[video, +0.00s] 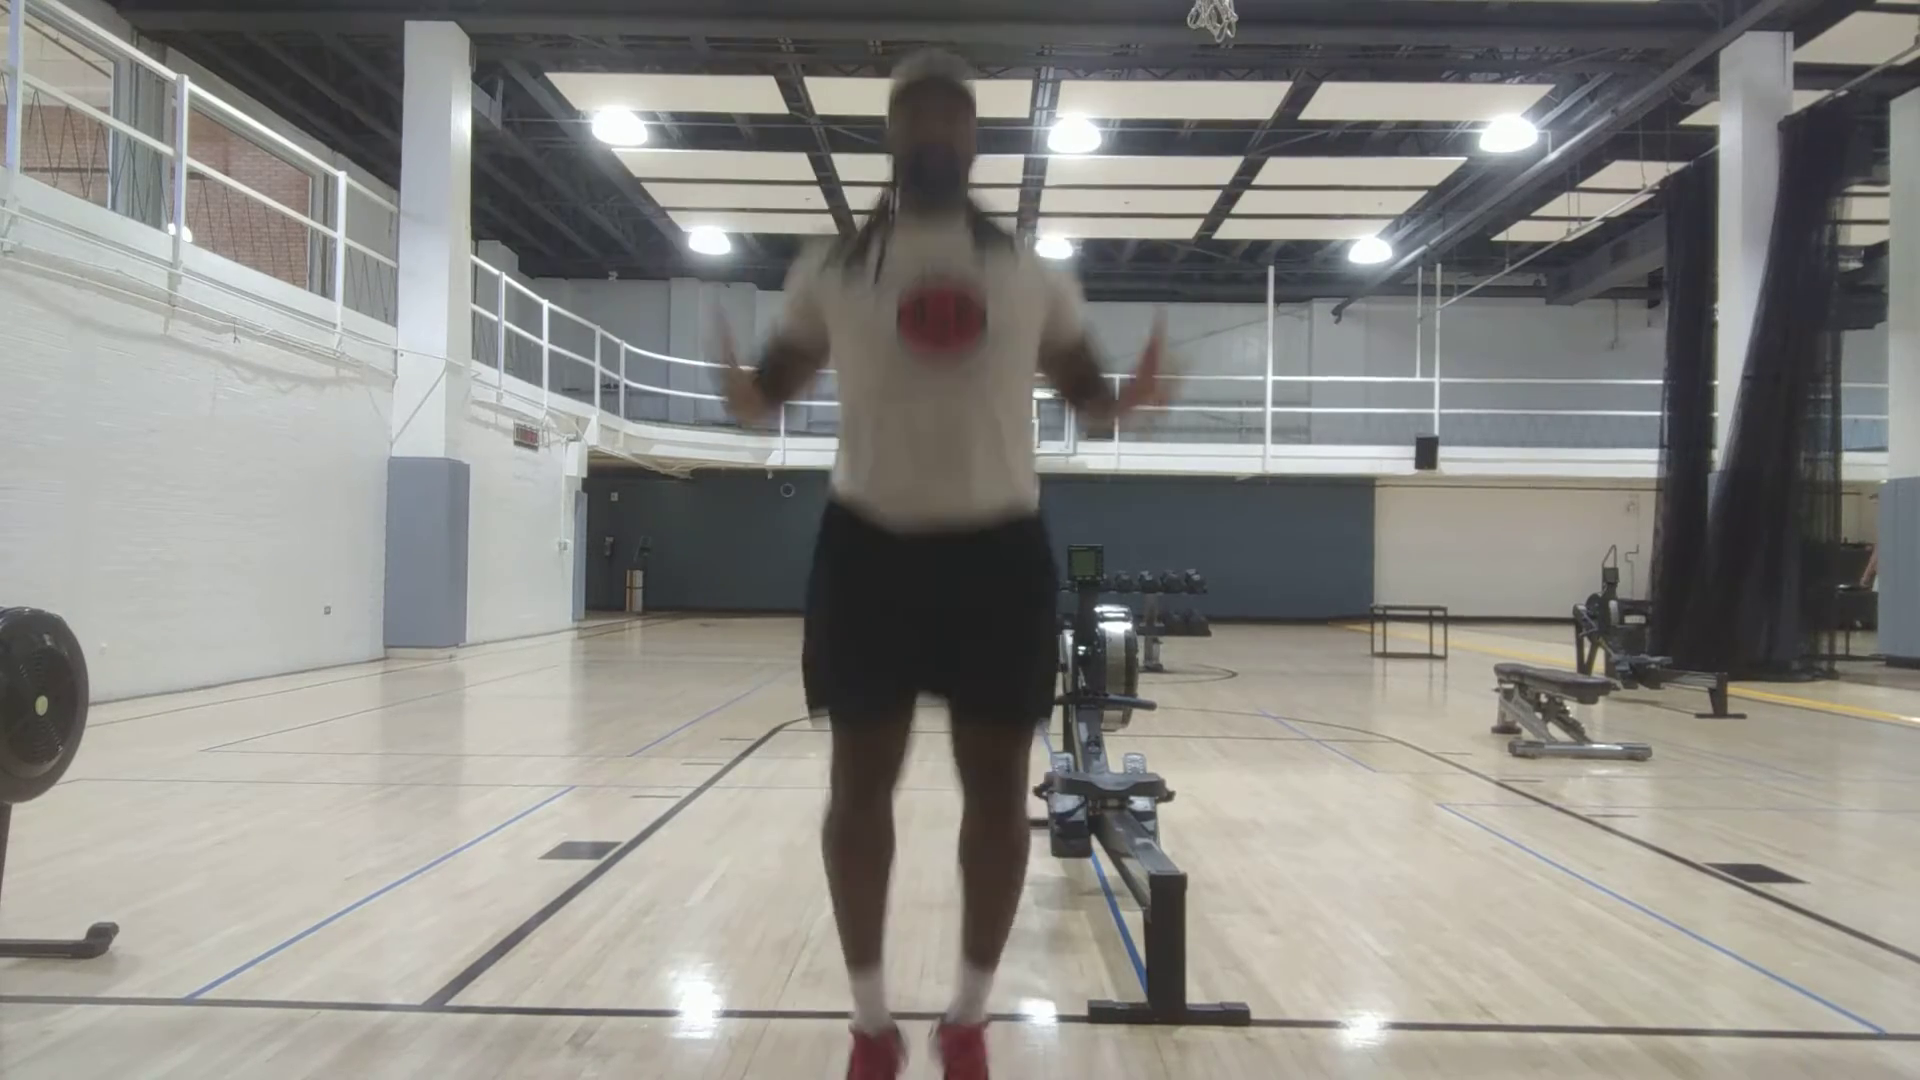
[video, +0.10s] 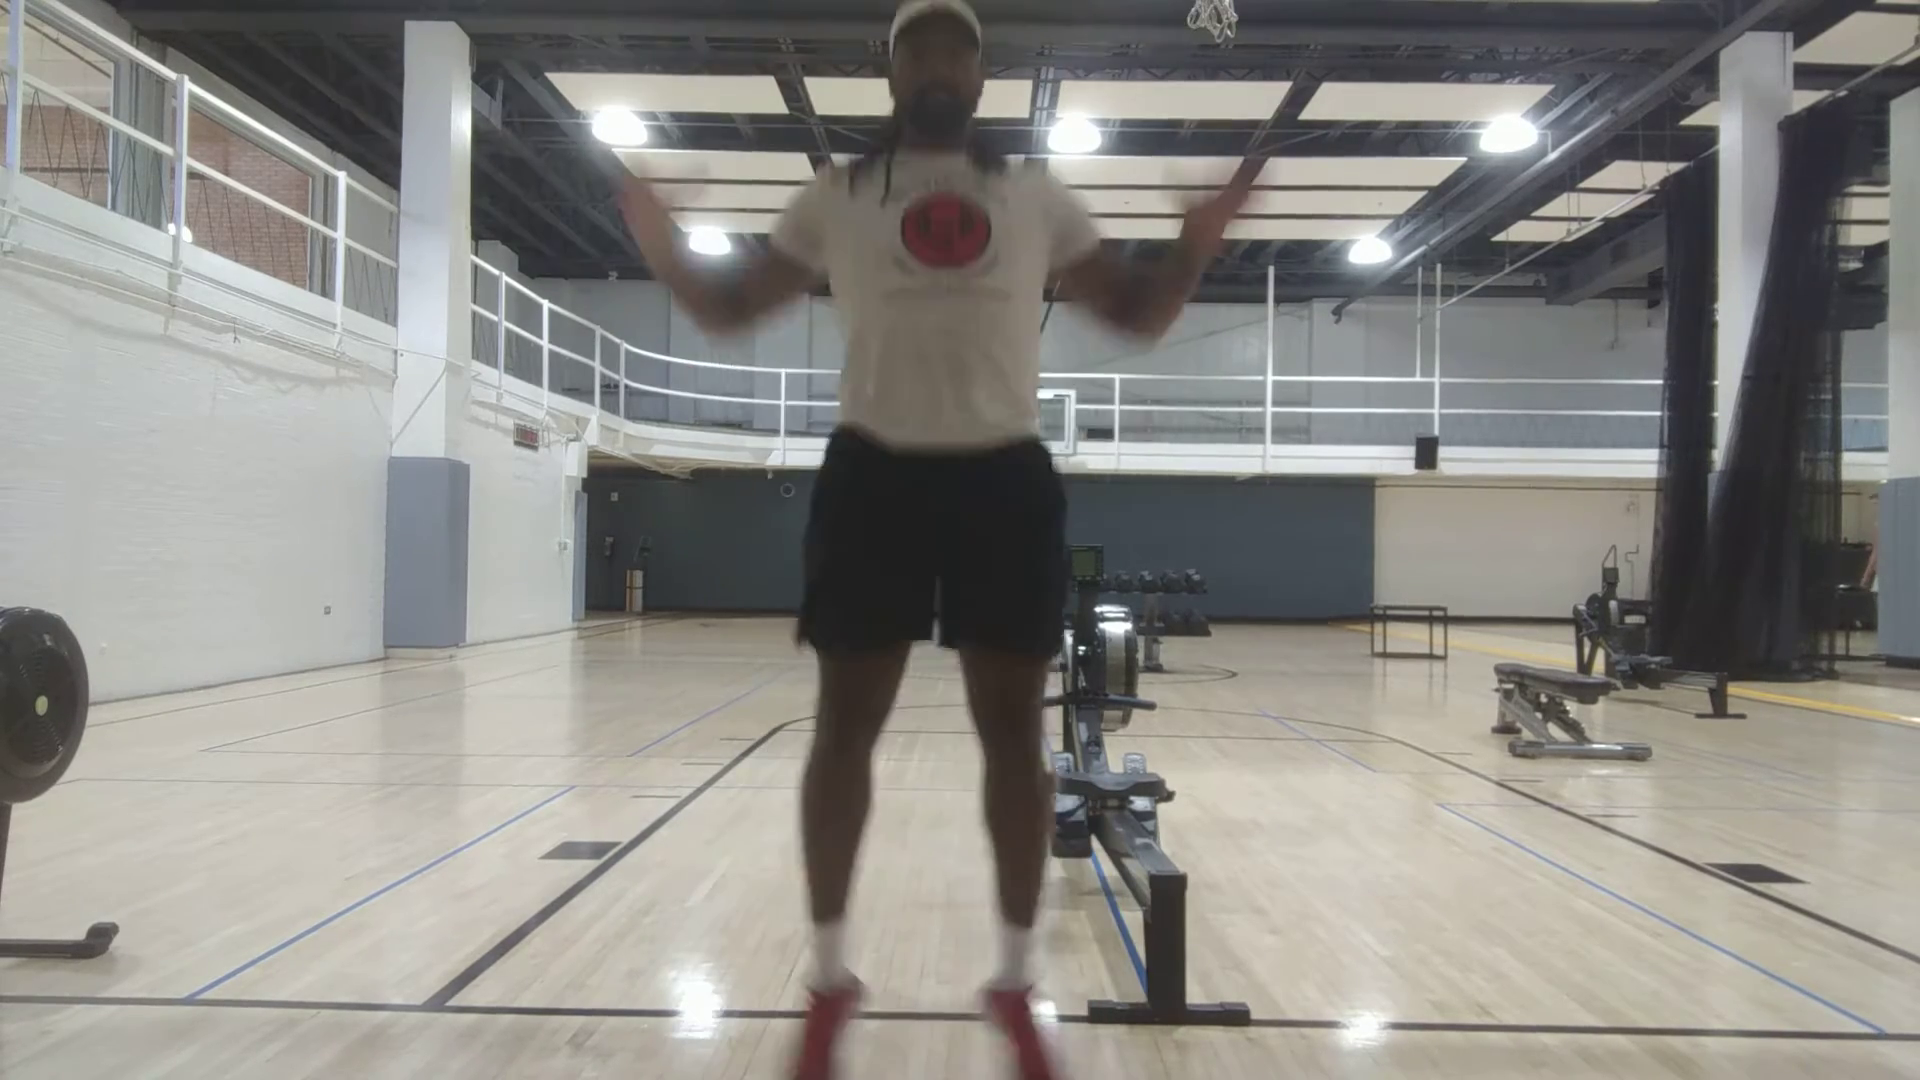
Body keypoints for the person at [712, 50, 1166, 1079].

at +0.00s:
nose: (933, 135)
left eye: (951, 118)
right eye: (916, 118)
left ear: (976, 136)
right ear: (888, 135)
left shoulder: (1030, 270)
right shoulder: (836, 264)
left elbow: (1086, 395)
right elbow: (776, 383)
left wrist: (1129, 396)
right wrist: (751, 387)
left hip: (998, 546)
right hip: (871, 545)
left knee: (998, 792)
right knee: (860, 782)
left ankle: (969, 1016)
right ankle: (869, 1019)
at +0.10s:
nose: (936, 61)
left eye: (955, 46)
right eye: (917, 46)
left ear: (984, 75)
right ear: (888, 74)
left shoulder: (1033, 191)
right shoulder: (839, 195)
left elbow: (1140, 313)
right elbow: (727, 311)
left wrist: (1198, 239)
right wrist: (662, 244)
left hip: (1006, 481)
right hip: (874, 479)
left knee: (1014, 729)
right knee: (846, 724)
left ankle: (1018, 980)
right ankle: (830, 975)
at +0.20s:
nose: (940, 57)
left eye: (959, 41)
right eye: (922, 40)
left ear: (987, 65)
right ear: (892, 64)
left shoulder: (1042, 178)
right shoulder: (839, 179)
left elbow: (1181, 244)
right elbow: (690, 242)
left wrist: (1214, 121)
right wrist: (651, 112)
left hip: (1008, 471)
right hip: (871, 467)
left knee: (1045, 727)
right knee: (817, 721)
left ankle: (1084, 983)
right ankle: (765, 972)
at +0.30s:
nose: (948, 109)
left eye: (964, 94)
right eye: (929, 95)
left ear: (989, 115)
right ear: (898, 119)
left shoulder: (1050, 219)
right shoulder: (840, 225)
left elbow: (1194, 214)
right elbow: (687, 216)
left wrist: (1150, 78)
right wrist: (722, 74)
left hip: (1011, 536)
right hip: (869, 532)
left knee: (1077, 788)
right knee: (790, 779)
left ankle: (1131, 1018)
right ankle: (715, 1012)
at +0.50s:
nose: (947, 175)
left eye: (963, 160)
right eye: (930, 159)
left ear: (989, 183)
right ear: (902, 181)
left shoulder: (1048, 280)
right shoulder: (842, 279)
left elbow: (1190, 261)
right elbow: (697, 253)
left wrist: (1150, 133)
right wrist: (731, 110)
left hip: (1014, 581)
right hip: (873, 578)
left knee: (1082, 811)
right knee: (791, 804)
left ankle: (1127, 1026)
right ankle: (724, 1017)